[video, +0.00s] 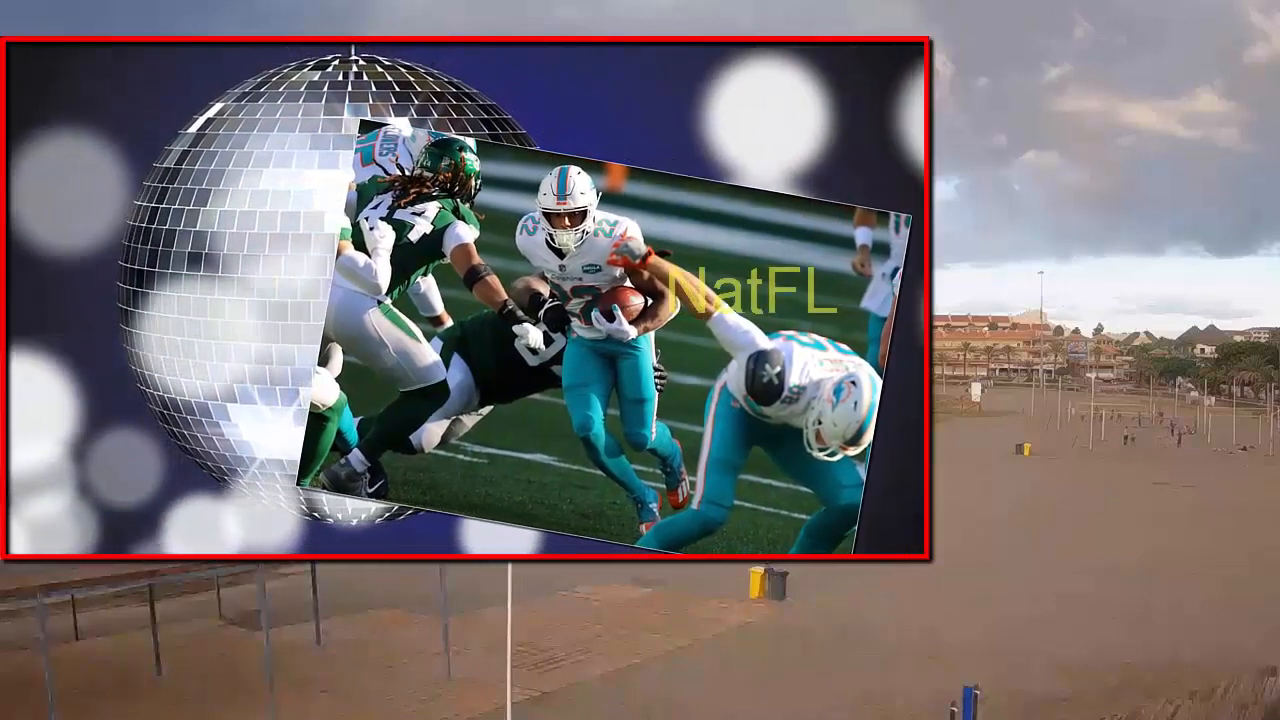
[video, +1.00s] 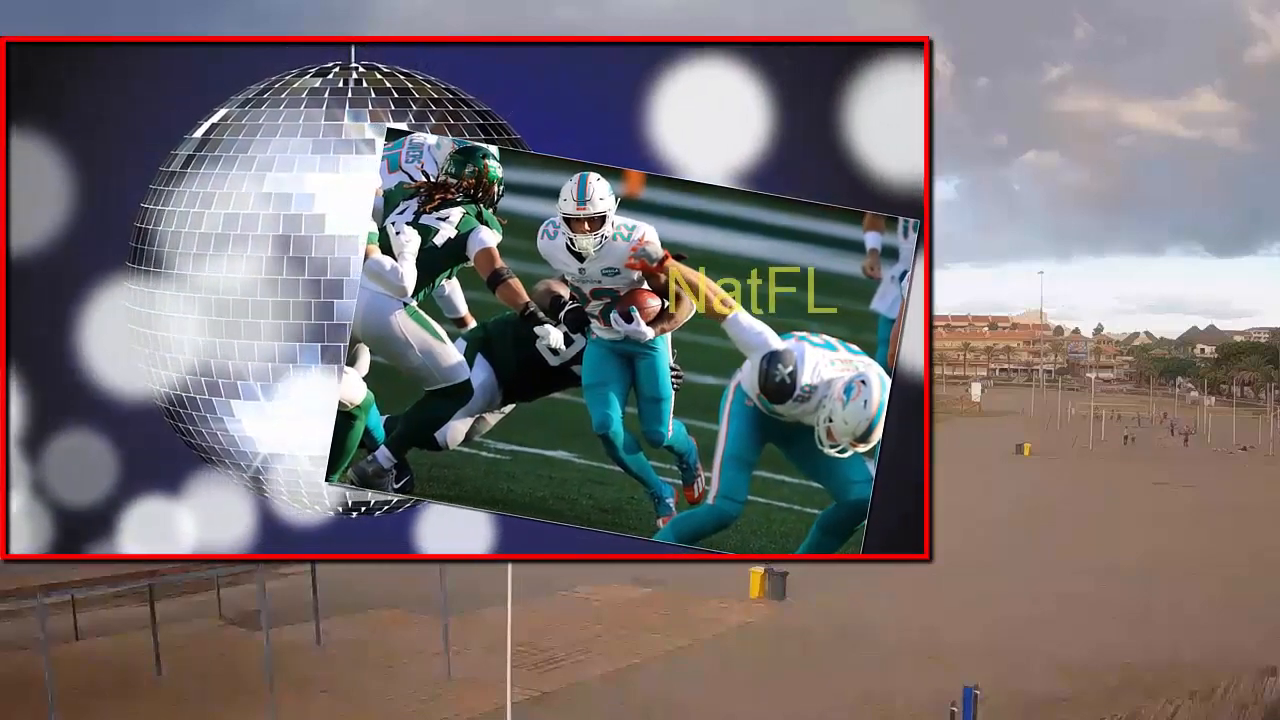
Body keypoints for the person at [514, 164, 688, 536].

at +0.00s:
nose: (564, 224)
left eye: (572, 215)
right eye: (555, 216)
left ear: (590, 209)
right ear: (543, 211)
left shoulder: (621, 237)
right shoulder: (529, 234)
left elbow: (668, 299)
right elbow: (555, 276)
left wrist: (636, 330)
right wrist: (559, 306)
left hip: (632, 341)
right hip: (583, 340)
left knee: (639, 436)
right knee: (587, 430)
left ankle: (673, 462)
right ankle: (645, 499)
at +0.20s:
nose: (568, 224)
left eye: (577, 216)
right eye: (559, 217)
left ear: (593, 210)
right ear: (547, 212)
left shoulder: (624, 237)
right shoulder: (533, 236)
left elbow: (671, 300)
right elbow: (561, 278)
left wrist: (639, 330)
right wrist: (567, 306)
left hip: (636, 342)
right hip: (587, 341)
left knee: (643, 435)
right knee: (591, 429)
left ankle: (676, 463)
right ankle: (648, 499)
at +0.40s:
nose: (572, 225)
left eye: (580, 217)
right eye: (563, 218)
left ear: (597, 211)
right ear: (551, 214)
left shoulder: (628, 238)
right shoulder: (537, 237)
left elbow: (676, 301)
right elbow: (562, 279)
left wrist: (643, 331)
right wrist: (567, 307)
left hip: (639, 342)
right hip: (590, 341)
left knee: (646, 435)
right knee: (595, 429)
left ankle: (679, 462)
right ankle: (651, 497)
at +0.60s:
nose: (575, 226)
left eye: (584, 218)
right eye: (567, 219)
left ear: (601, 212)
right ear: (555, 214)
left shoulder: (632, 238)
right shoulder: (541, 238)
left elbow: (680, 301)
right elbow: (566, 279)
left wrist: (646, 331)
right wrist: (569, 308)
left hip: (642, 342)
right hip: (594, 341)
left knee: (650, 435)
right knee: (598, 428)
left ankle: (683, 462)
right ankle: (654, 496)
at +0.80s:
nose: (579, 228)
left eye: (588, 219)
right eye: (571, 220)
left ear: (604, 213)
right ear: (559, 215)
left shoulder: (636, 239)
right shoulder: (545, 239)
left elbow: (684, 301)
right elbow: (571, 279)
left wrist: (650, 331)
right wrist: (584, 306)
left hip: (646, 342)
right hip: (598, 341)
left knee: (653, 434)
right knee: (602, 427)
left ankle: (686, 461)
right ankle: (658, 495)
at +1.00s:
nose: (583, 228)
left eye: (592, 220)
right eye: (575, 221)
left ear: (608, 214)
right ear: (563, 216)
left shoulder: (639, 240)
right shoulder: (550, 239)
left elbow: (687, 301)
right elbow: (575, 279)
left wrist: (653, 331)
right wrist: (582, 308)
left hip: (649, 342)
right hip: (602, 341)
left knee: (656, 434)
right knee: (606, 427)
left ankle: (689, 460)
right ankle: (661, 494)